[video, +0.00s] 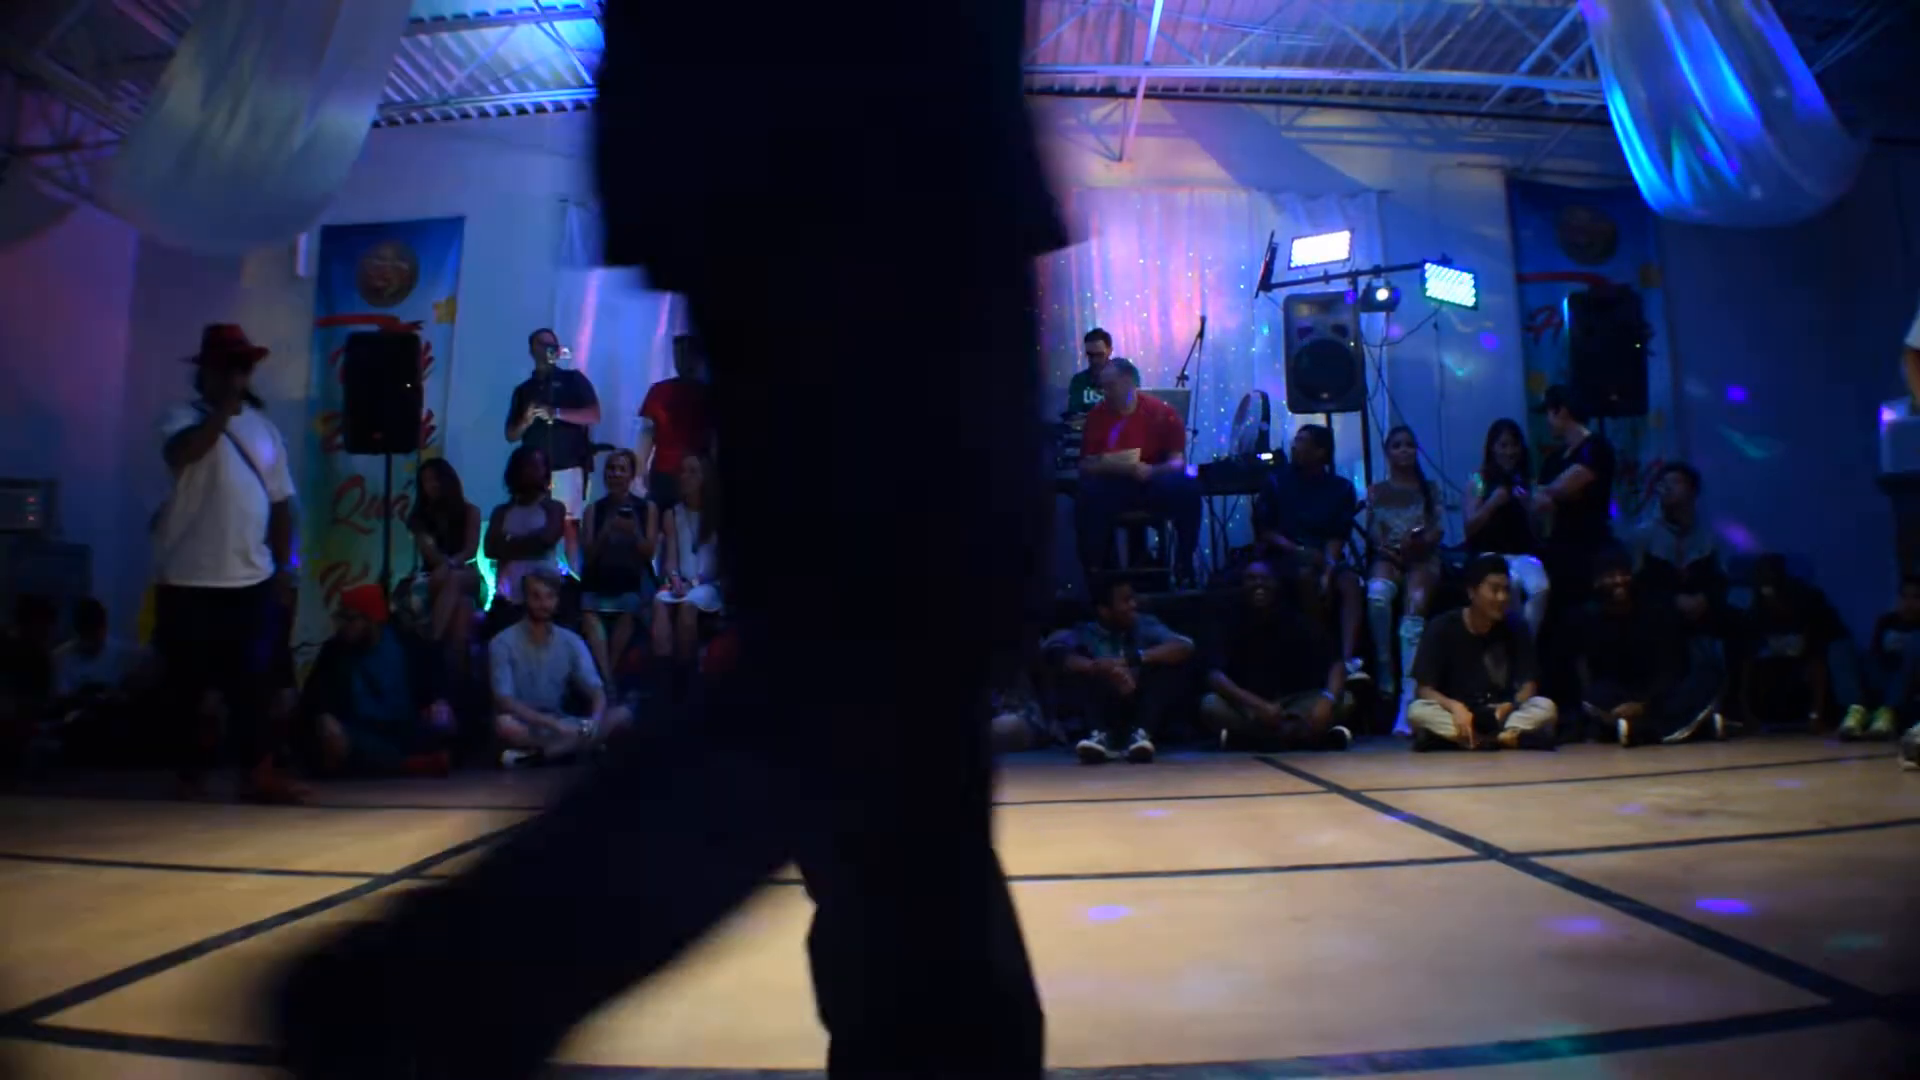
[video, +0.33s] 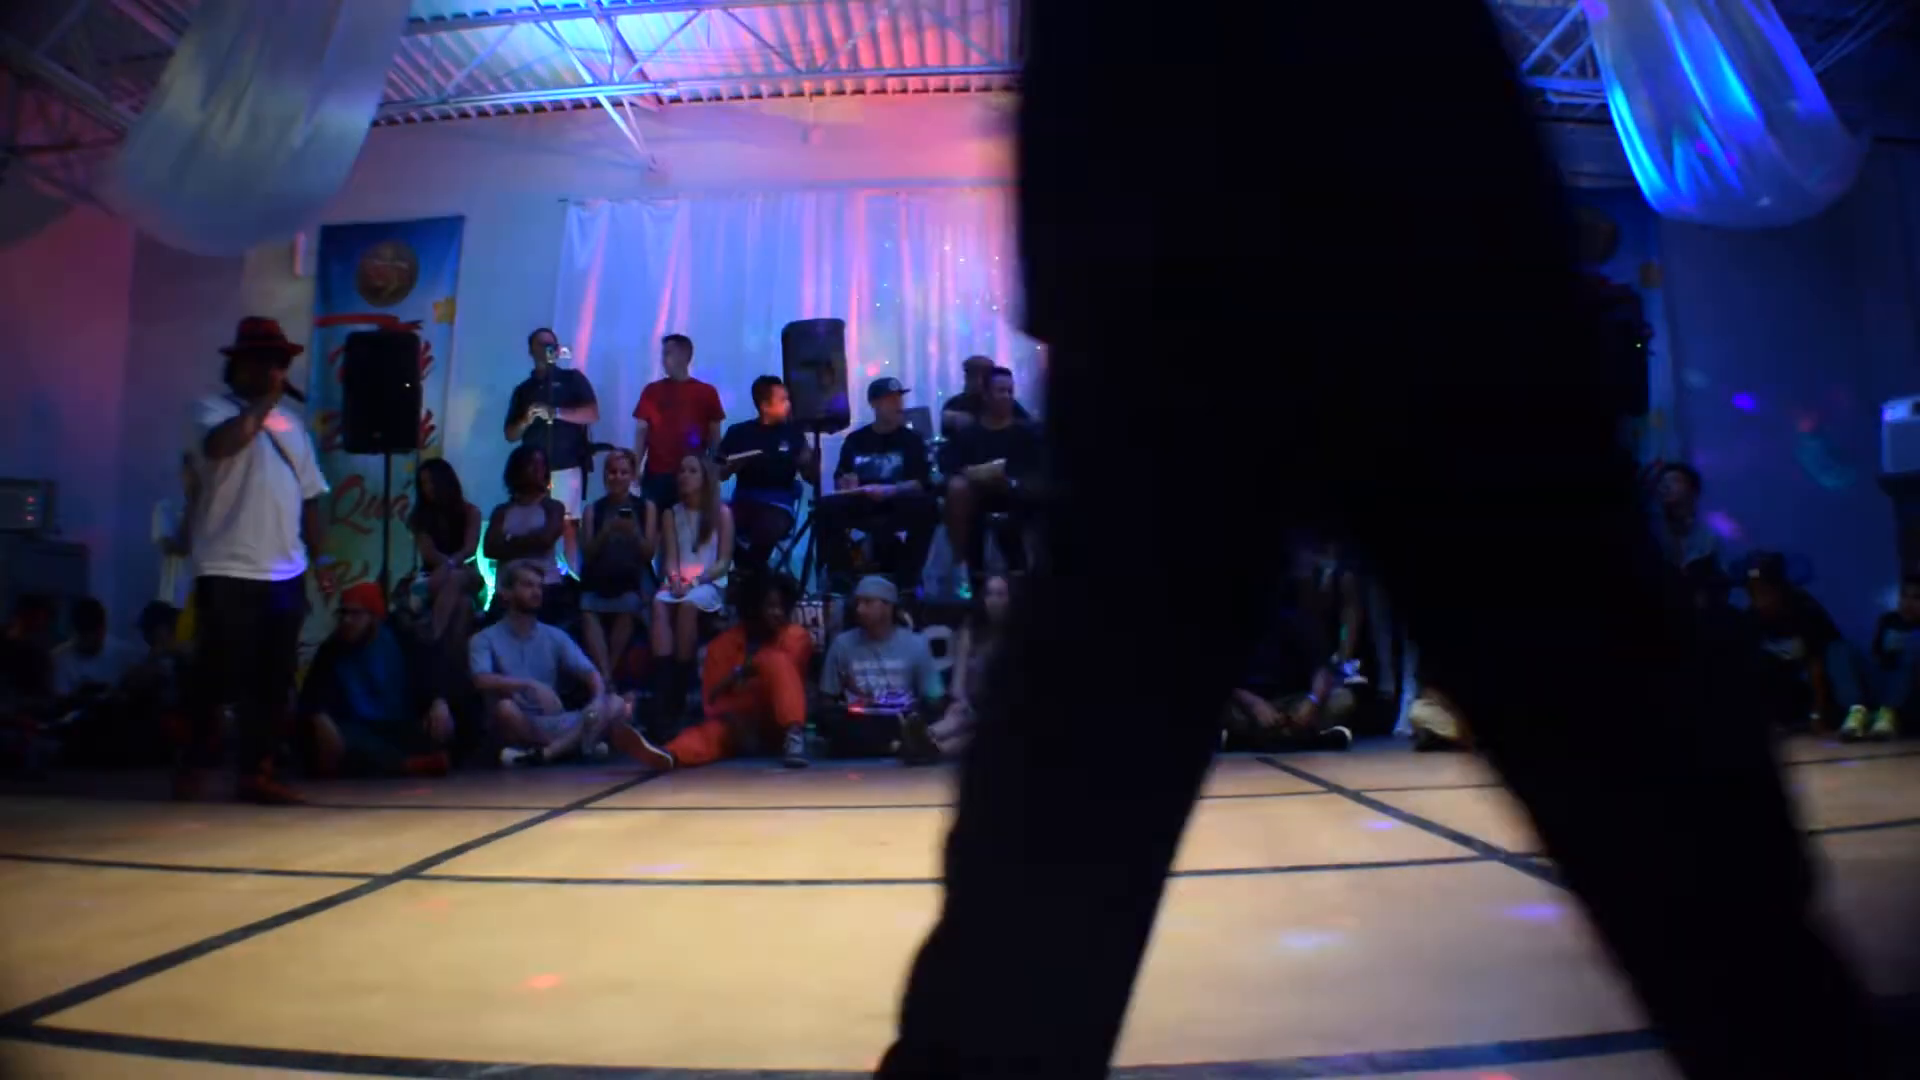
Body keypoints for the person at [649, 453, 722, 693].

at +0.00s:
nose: (685, 478)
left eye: (693, 472)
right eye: (683, 472)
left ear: (705, 478)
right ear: (678, 477)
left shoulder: (716, 514)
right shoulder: (672, 516)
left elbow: (722, 564)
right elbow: (670, 558)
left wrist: (697, 581)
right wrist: (675, 580)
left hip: (710, 581)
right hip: (680, 581)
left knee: (688, 606)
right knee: (660, 601)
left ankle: (685, 671)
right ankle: (661, 668)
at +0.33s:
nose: (685, 477)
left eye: (692, 471)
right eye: (682, 471)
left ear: (705, 478)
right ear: (677, 477)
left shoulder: (721, 513)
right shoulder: (671, 515)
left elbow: (724, 560)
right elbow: (669, 556)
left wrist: (699, 580)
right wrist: (673, 577)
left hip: (707, 580)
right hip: (677, 580)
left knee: (687, 606)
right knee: (659, 604)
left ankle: (683, 680)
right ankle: (662, 679)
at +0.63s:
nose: (682, 477)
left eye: (689, 472)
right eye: (680, 471)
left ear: (703, 477)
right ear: (675, 476)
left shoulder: (719, 513)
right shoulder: (670, 514)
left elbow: (721, 561)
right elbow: (667, 557)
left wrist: (702, 575)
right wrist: (674, 580)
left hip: (708, 579)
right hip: (677, 578)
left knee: (686, 607)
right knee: (658, 603)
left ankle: (681, 682)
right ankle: (660, 680)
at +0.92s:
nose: (686, 478)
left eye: (692, 472)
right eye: (682, 472)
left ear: (705, 477)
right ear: (678, 478)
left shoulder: (721, 513)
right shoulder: (671, 515)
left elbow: (724, 561)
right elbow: (670, 557)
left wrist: (697, 581)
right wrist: (675, 579)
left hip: (708, 578)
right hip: (679, 577)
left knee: (688, 606)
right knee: (660, 603)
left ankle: (682, 679)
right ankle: (662, 677)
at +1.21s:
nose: (687, 478)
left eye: (694, 472)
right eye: (684, 472)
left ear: (706, 478)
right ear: (681, 478)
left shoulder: (721, 514)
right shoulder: (674, 515)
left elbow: (725, 560)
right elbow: (671, 556)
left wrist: (701, 580)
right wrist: (677, 579)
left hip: (710, 579)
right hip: (680, 579)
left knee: (690, 606)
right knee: (662, 603)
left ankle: (683, 676)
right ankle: (663, 674)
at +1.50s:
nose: (685, 476)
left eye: (692, 471)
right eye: (682, 471)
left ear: (704, 477)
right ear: (678, 477)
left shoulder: (720, 512)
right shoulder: (670, 516)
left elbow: (725, 557)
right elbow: (669, 556)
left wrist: (705, 579)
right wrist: (674, 579)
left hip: (709, 579)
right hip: (679, 580)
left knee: (687, 605)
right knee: (659, 604)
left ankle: (681, 679)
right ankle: (662, 677)